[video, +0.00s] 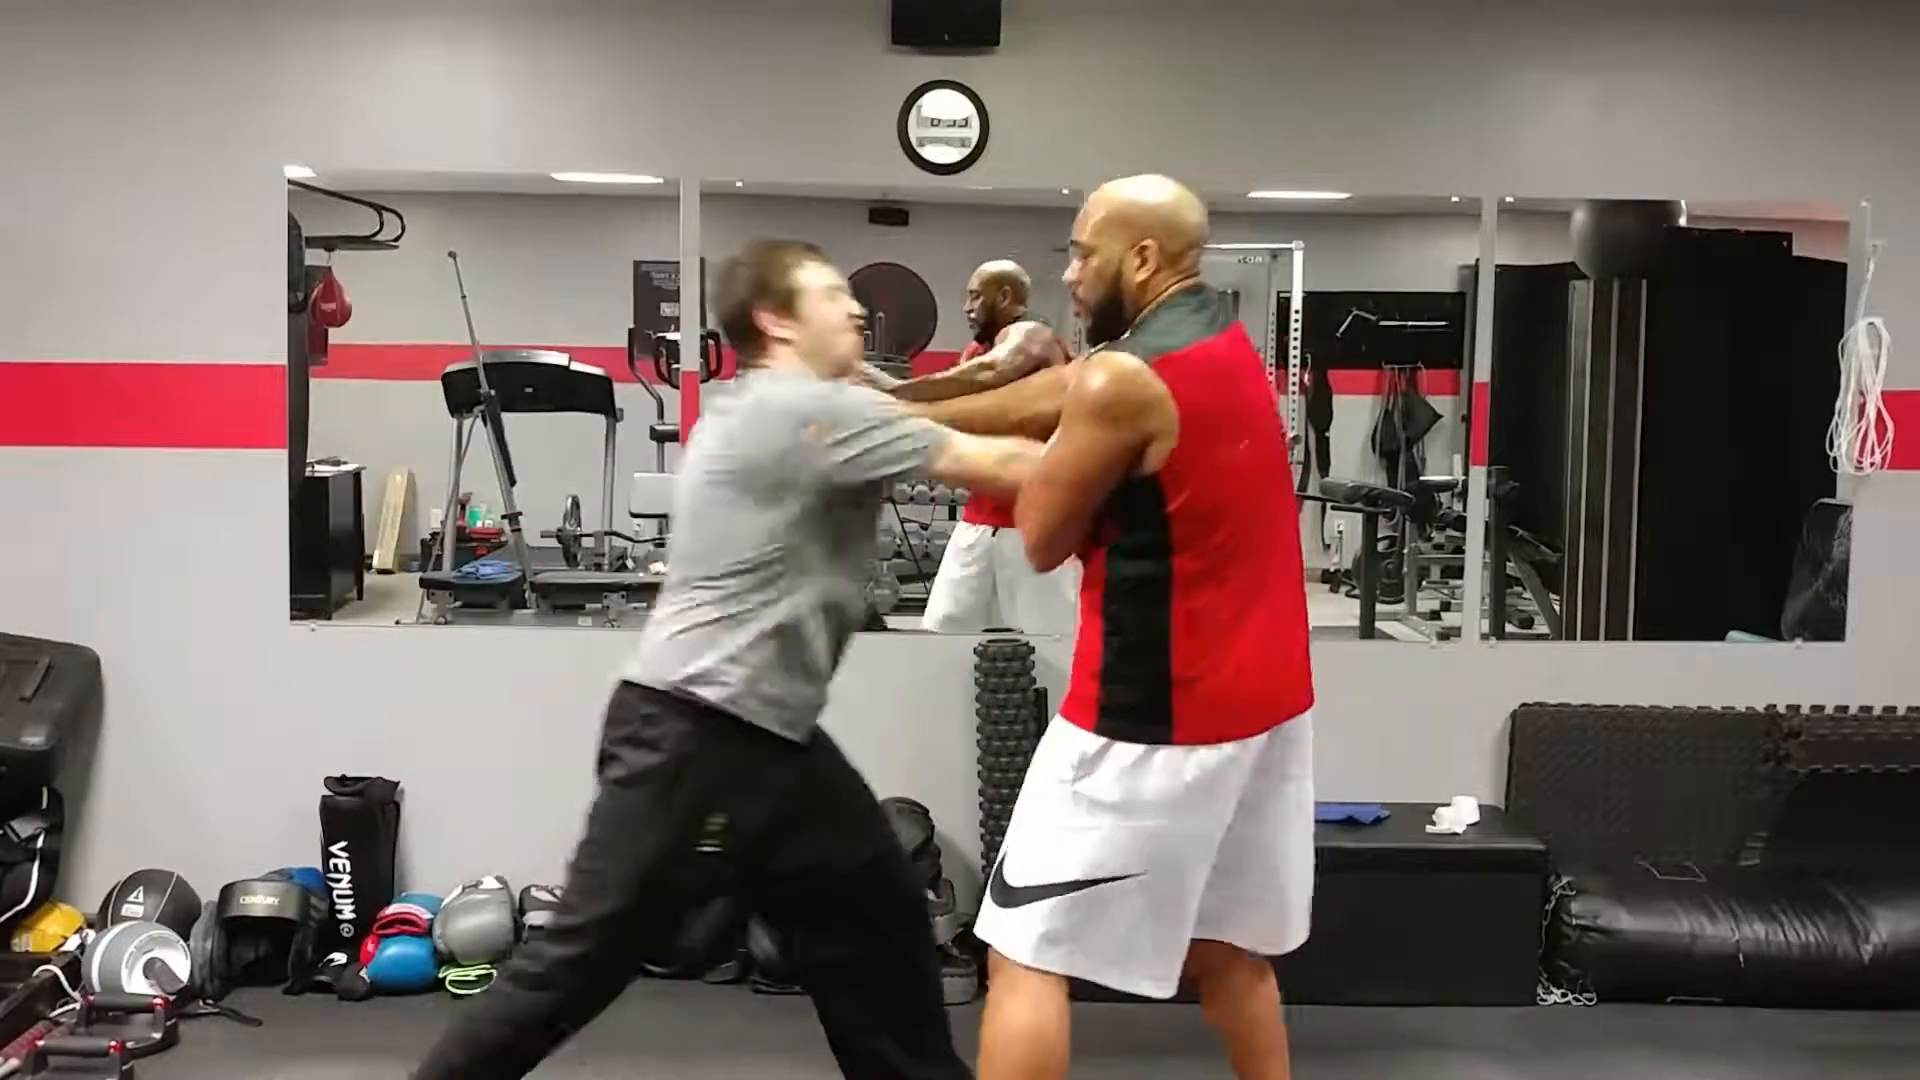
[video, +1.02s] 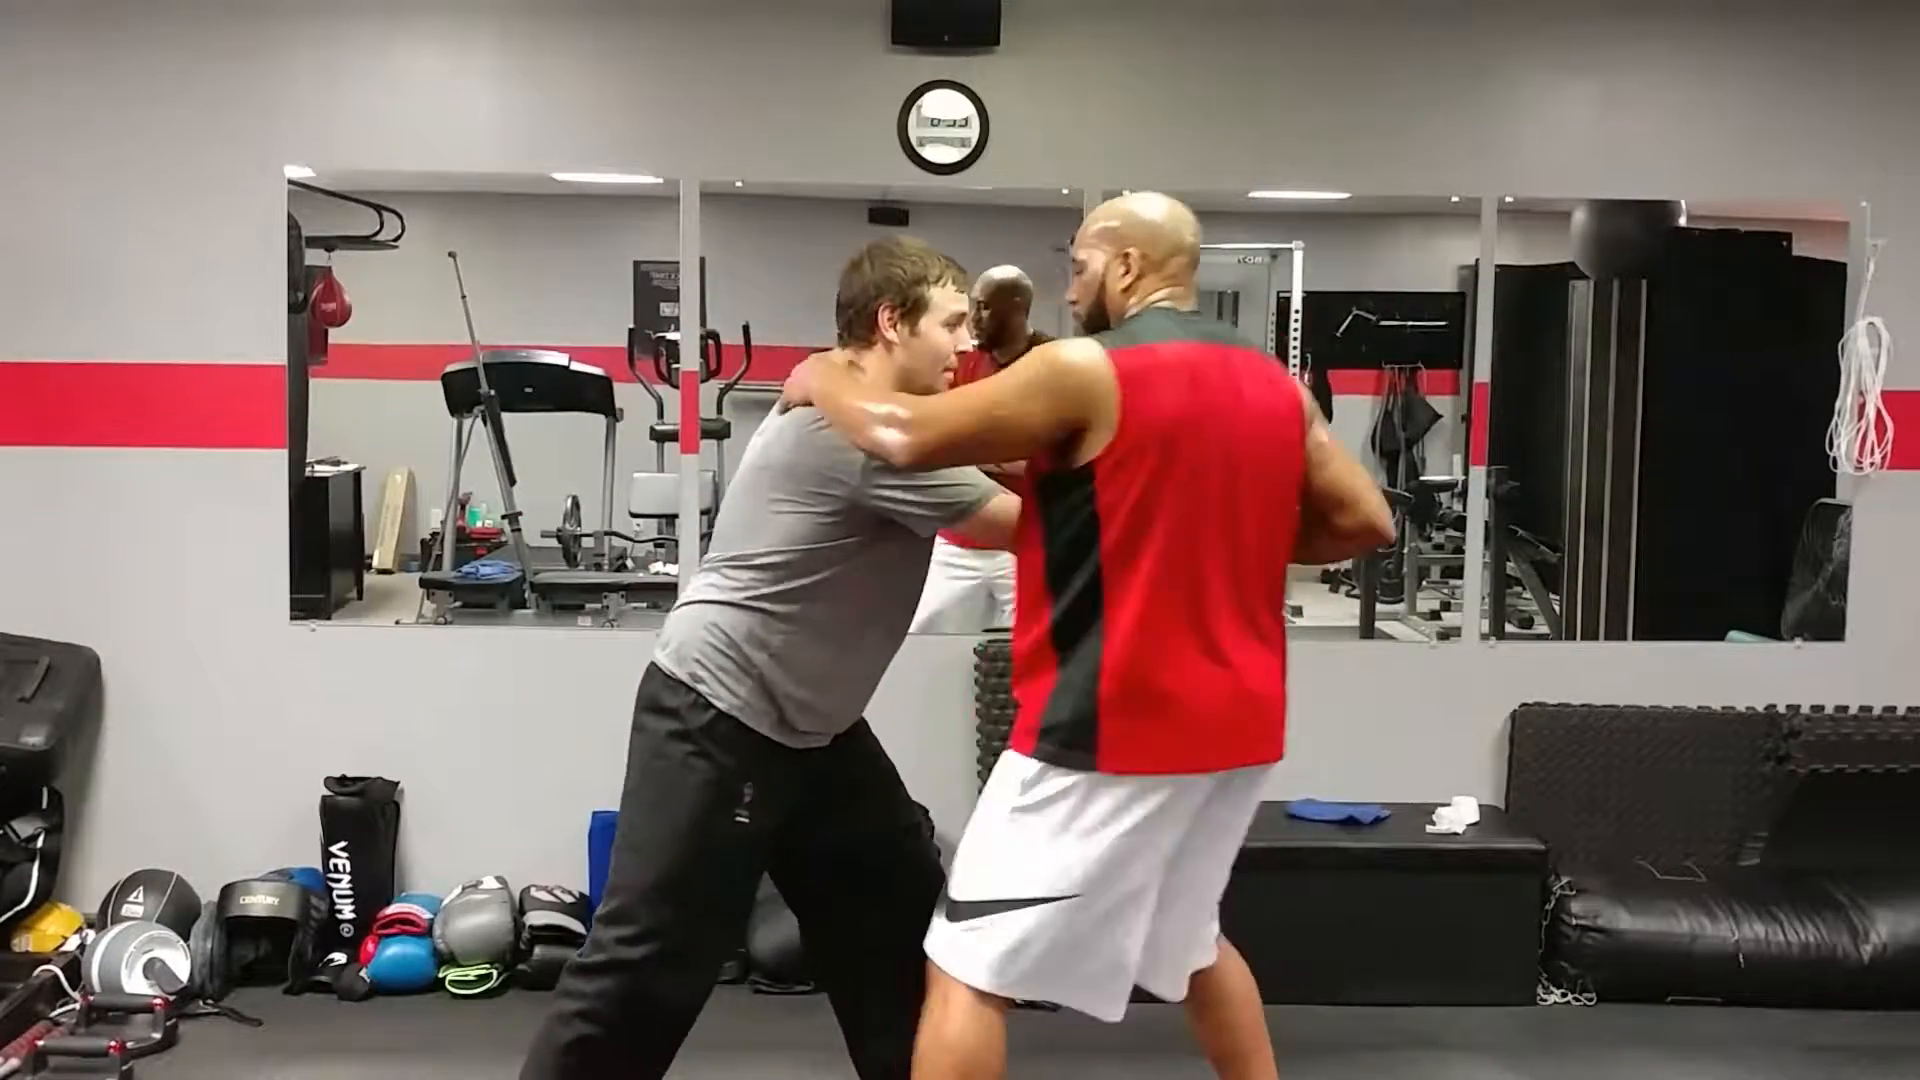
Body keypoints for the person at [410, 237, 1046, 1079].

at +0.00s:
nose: (860, 313)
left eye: (851, 296)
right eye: (838, 296)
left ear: (780, 327)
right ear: (776, 322)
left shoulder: (767, 402)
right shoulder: (802, 407)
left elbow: (928, 417)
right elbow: (996, 466)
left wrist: (1007, 371)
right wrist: (1101, 450)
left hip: (771, 741)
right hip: (688, 729)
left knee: (884, 939)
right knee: (571, 968)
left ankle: (921, 1073)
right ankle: (439, 1073)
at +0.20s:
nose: (954, 331)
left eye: (953, 312)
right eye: (936, 311)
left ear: (872, 324)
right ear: (875, 320)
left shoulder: (821, 403)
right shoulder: (869, 418)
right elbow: (1023, 509)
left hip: (801, 717)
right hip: (736, 701)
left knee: (897, 893)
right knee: (676, 974)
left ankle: (917, 1066)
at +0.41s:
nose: (970, 351)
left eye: (969, 331)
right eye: (953, 328)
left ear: (881, 332)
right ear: (886, 329)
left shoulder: (819, 413)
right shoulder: (876, 431)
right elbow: (1025, 506)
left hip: (809, 730)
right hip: (734, 716)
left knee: (914, 935)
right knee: (655, 977)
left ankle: (911, 1071)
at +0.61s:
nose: (983, 355)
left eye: (983, 336)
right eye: (970, 334)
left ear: (895, 333)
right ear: (909, 330)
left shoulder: (834, 404)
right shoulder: (891, 428)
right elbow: (1040, 473)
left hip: (819, 732)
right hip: (741, 722)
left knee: (918, 945)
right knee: (657, 984)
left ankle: (918, 1073)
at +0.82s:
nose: (987, 354)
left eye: (986, 335)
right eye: (972, 332)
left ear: (900, 335)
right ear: (907, 331)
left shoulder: (852, 407)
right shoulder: (886, 430)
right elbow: (1036, 493)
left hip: (829, 735)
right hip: (735, 723)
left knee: (919, 951)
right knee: (658, 981)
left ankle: (913, 1073)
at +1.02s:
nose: (968, 347)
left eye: (969, 328)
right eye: (953, 323)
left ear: (886, 328)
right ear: (887, 325)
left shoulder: (883, 424)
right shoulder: (854, 431)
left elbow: (1019, 497)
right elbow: (1024, 524)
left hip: (815, 730)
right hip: (711, 714)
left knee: (897, 939)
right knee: (642, 971)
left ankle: (911, 1073)